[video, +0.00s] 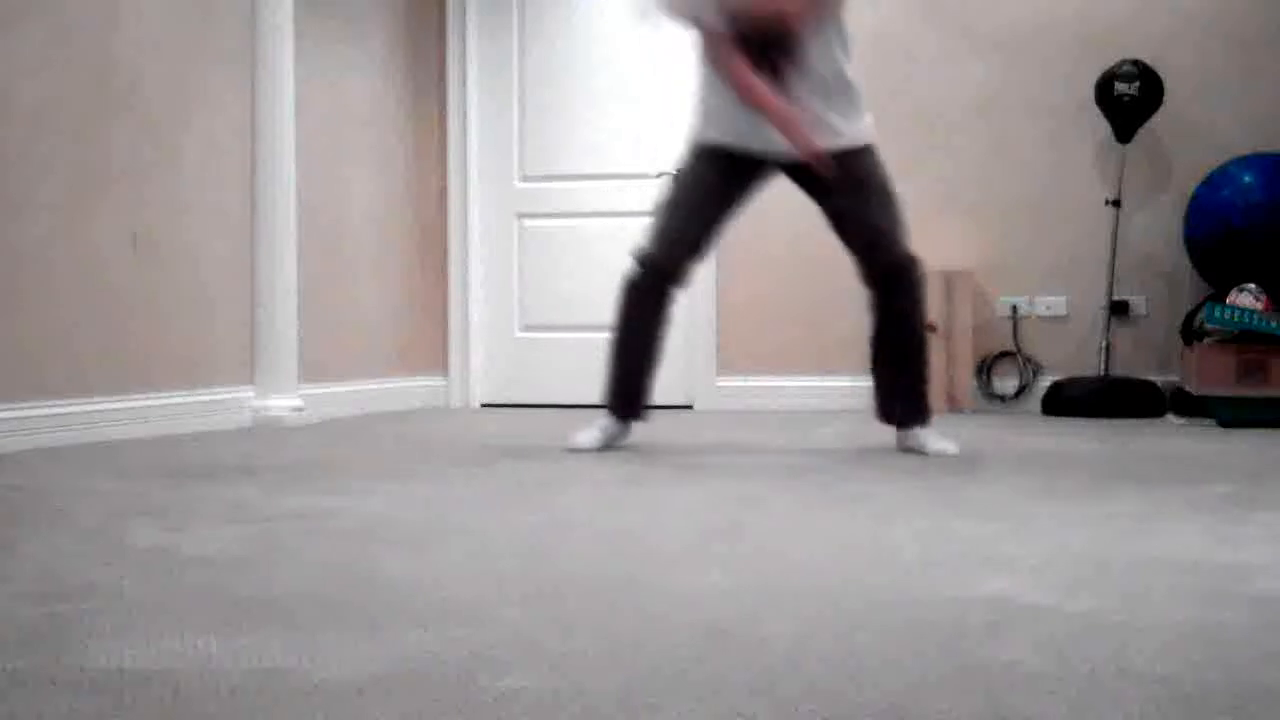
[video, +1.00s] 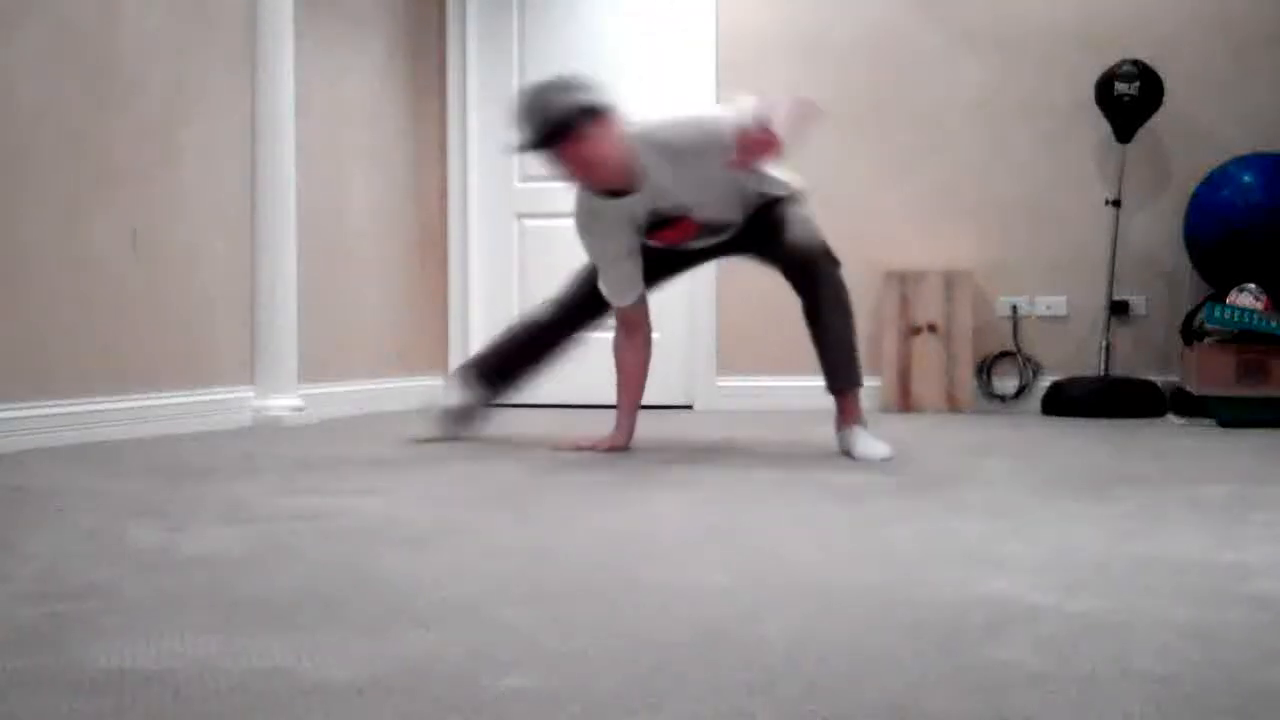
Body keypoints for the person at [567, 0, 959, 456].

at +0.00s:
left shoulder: (824, 4)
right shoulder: (709, 7)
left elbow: (800, 15)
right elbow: (723, 56)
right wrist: (795, 127)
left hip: (829, 128)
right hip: (735, 129)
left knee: (894, 270)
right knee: (656, 270)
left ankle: (911, 424)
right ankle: (620, 416)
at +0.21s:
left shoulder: (892, 4)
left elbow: (932, 53)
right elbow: (742, 52)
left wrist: (967, 151)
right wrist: (731, 144)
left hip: (847, 150)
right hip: (748, 144)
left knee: (913, 274)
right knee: (638, 261)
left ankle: (918, 431)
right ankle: (602, 412)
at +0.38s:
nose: (787, 22)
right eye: (773, 21)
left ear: (819, 6)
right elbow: (637, 8)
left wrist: (1077, 12)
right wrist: (553, 74)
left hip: (811, 125)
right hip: (707, 116)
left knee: (885, 254)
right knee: (599, 229)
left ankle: (917, 414)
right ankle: (532, 365)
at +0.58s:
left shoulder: (792, 8)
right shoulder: (662, 11)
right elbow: (590, 92)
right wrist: (498, 165)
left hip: (734, 166)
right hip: (638, 171)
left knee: (834, 246)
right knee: (547, 282)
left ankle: (862, 416)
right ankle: (447, 386)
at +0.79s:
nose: (712, 91)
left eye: (720, 75)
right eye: (698, 78)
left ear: (734, 72)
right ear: (670, 80)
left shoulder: (751, 98)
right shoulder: (634, 140)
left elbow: (842, 91)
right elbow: (619, 289)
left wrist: (932, 71)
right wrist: (585, 409)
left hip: (685, 232)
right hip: (602, 241)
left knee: (791, 262)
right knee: (510, 357)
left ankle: (849, 423)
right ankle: (436, 425)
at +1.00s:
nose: (575, 157)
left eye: (578, 137)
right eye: (561, 151)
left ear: (608, 124)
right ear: (557, 162)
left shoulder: (676, 141)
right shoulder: (597, 213)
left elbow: (785, 113)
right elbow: (631, 326)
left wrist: (766, 137)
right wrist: (622, 434)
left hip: (754, 214)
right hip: (671, 241)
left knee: (817, 266)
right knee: (572, 308)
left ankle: (851, 424)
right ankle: (473, 391)